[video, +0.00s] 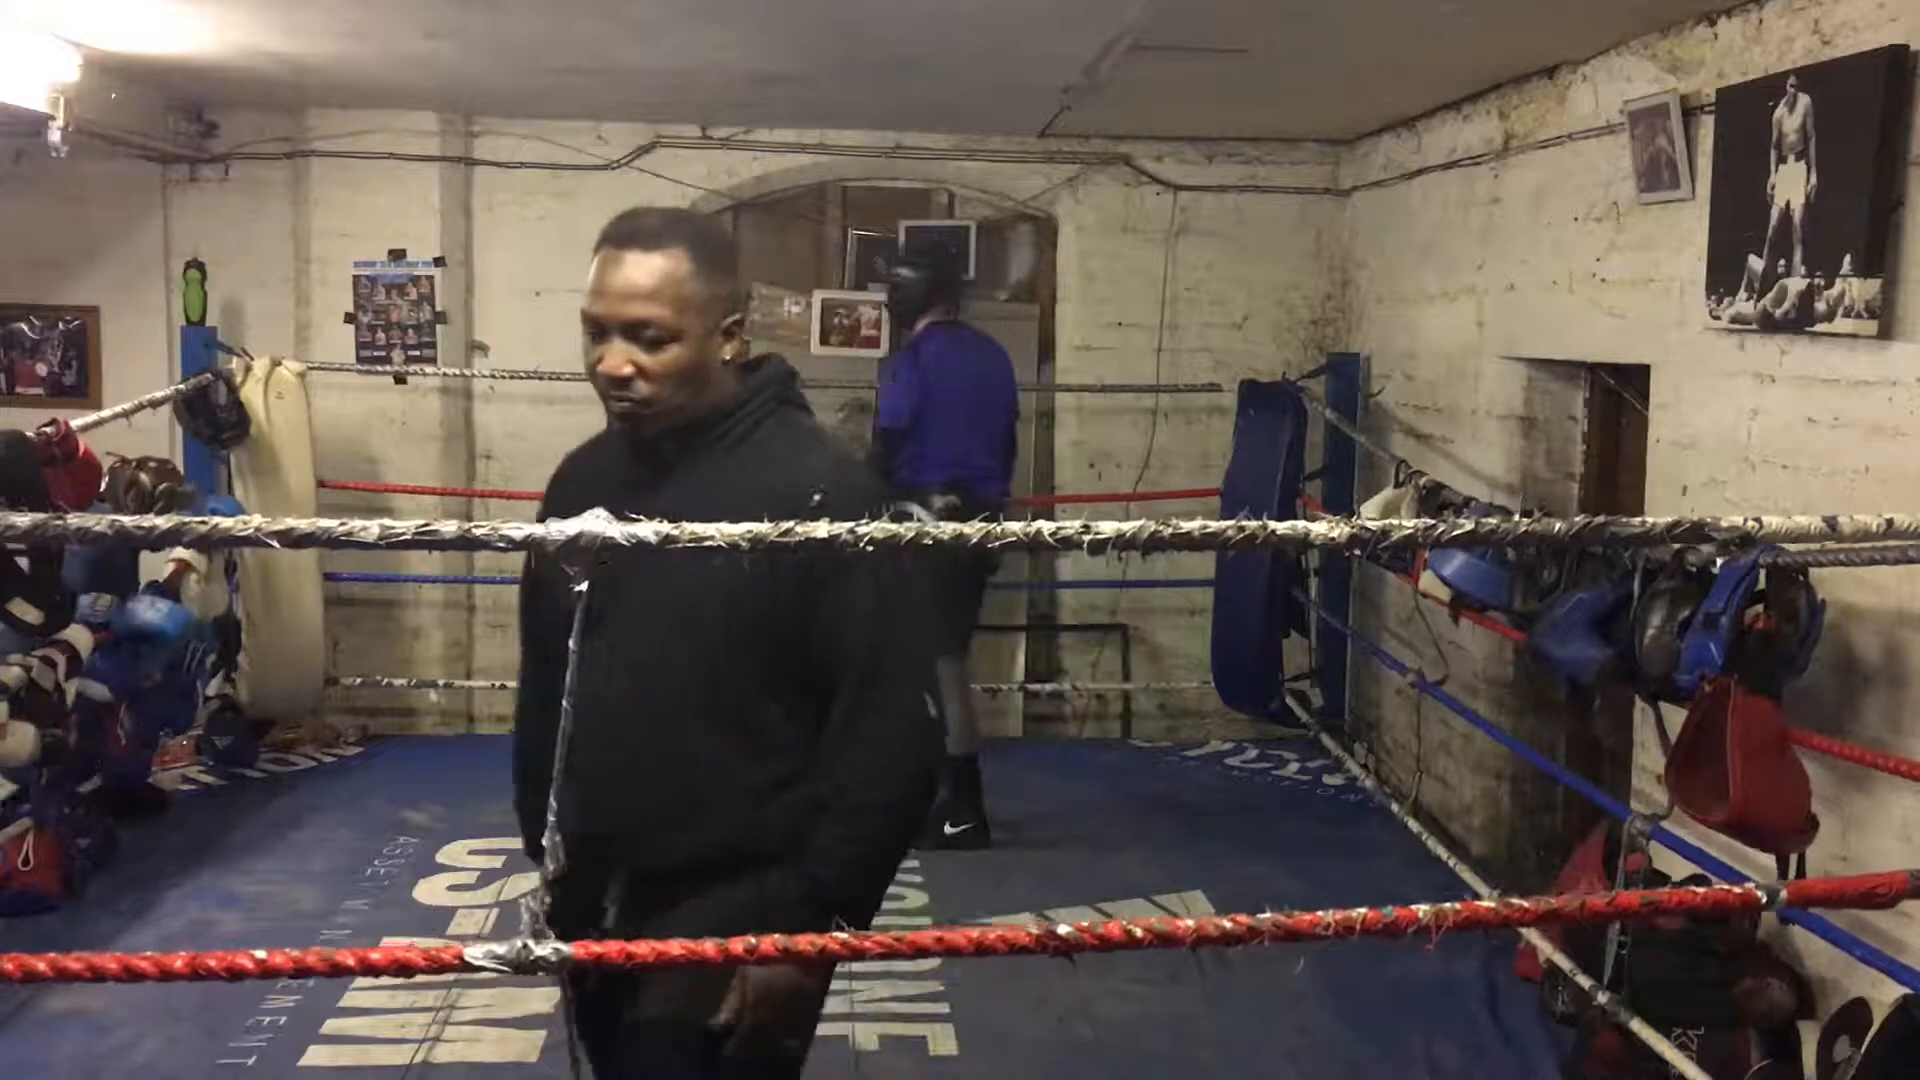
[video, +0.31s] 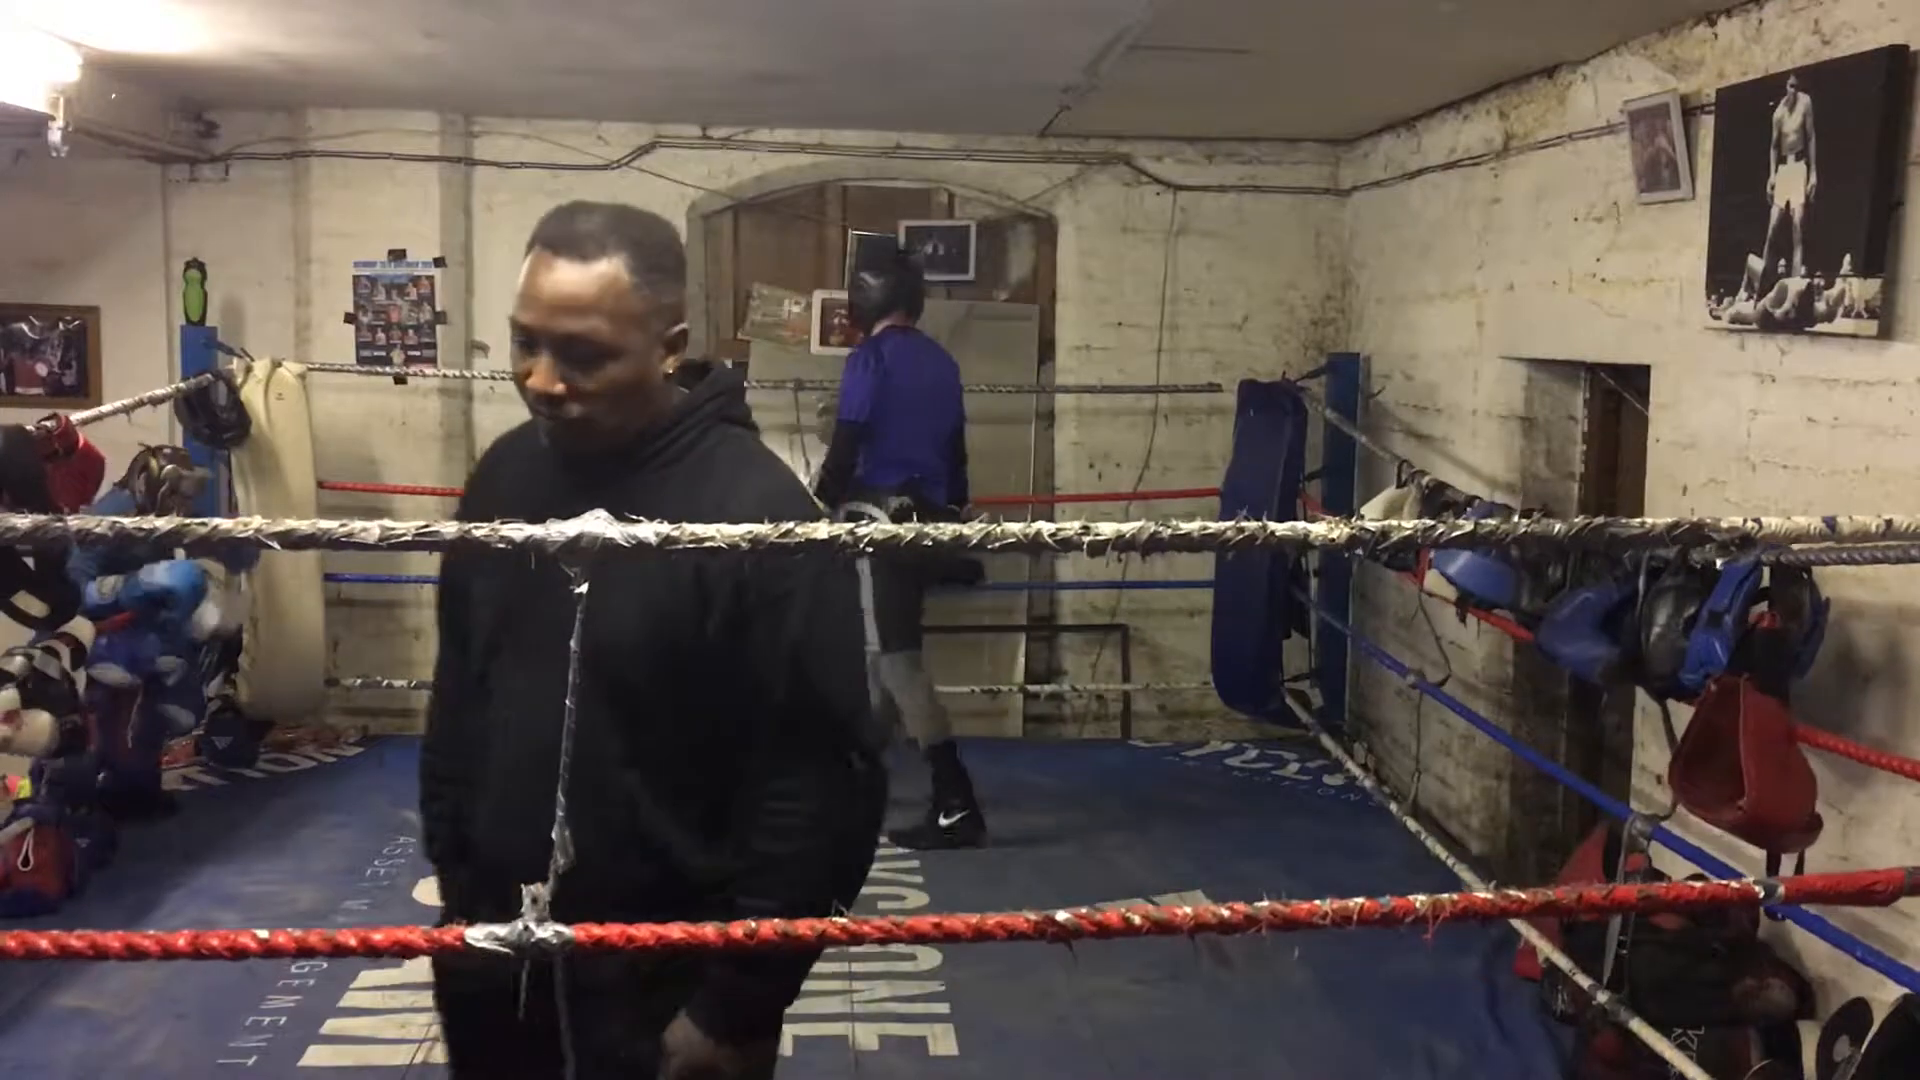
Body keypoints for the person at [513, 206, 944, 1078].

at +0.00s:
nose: (614, 366)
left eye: (649, 338)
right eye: (598, 334)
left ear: (732, 336)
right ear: (583, 325)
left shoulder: (830, 497)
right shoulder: (583, 482)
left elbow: (893, 749)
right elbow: (543, 685)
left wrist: (806, 933)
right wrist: (546, 846)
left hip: (746, 916)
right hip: (596, 897)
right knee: (616, 1058)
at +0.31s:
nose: (542, 382)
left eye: (584, 356)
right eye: (527, 345)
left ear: (671, 347)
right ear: (511, 326)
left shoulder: (766, 517)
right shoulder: (506, 476)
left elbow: (830, 783)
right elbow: (458, 686)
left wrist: (737, 1010)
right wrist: (456, 870)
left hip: (670, 968)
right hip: (496, 946)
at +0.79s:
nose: (482, 376)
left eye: (529, 349)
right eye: (470, 334)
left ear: (624, 345)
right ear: (458, 310)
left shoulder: (720, 521)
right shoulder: (397, 465)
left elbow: (794, 787)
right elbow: (317, 695)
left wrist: (699, 1014)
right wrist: (328, 897)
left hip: (608, 997)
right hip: (381, 979)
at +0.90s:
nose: (455, 373)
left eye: (502, 346)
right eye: (442, 332)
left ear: (596, 342)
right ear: (429, 308)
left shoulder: (702, 521)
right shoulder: (364, 469)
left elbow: (777, 787)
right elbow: (284, 710)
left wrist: (697, 1008)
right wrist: (299, 918)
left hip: (595, 1004)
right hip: (364, 988)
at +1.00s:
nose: (412, 375)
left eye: (461, 346)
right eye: (398, 333)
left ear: (557, 339)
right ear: (384, 312)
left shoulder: (668, 516)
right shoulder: (319, 477)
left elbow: (748, 774)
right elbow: (239, 715)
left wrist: (679, 998)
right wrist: (263, 936)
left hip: (564, 1007)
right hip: (331, 991)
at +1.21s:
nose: (294, 368)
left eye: (339, 339)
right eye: (280, 327)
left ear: (443, 333)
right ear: (262, 312)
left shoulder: (564, 507)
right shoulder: (198, 502)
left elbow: (652, 764)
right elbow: (132, 751)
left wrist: (601, 985)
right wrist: (181, 962)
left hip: (477, 1002)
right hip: (245, 998)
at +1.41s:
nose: (152, 363)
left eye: (197, 330)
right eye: (137, 327)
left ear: (308, 316)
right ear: (120, 315)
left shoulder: (447, 481)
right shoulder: (88, 498)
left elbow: (570, 732)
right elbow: (27, 760)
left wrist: (519, 957)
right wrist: (87, 964)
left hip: (394, 985)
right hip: (164, 988)